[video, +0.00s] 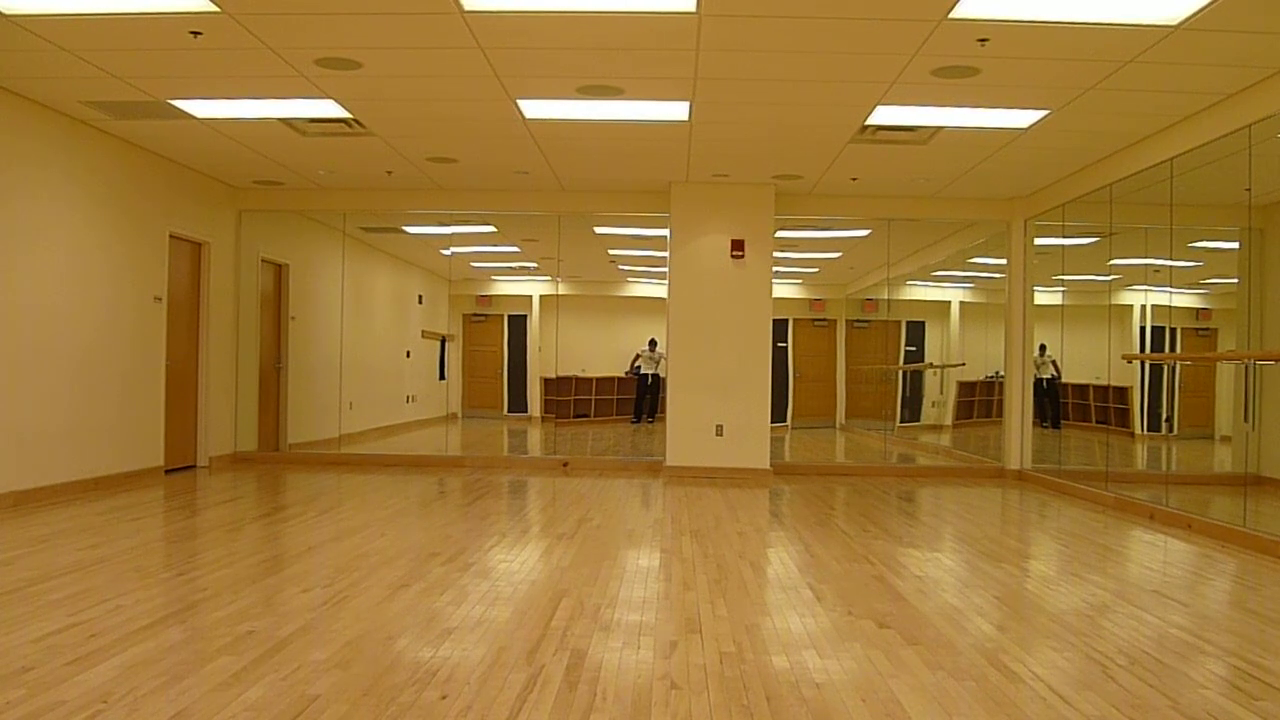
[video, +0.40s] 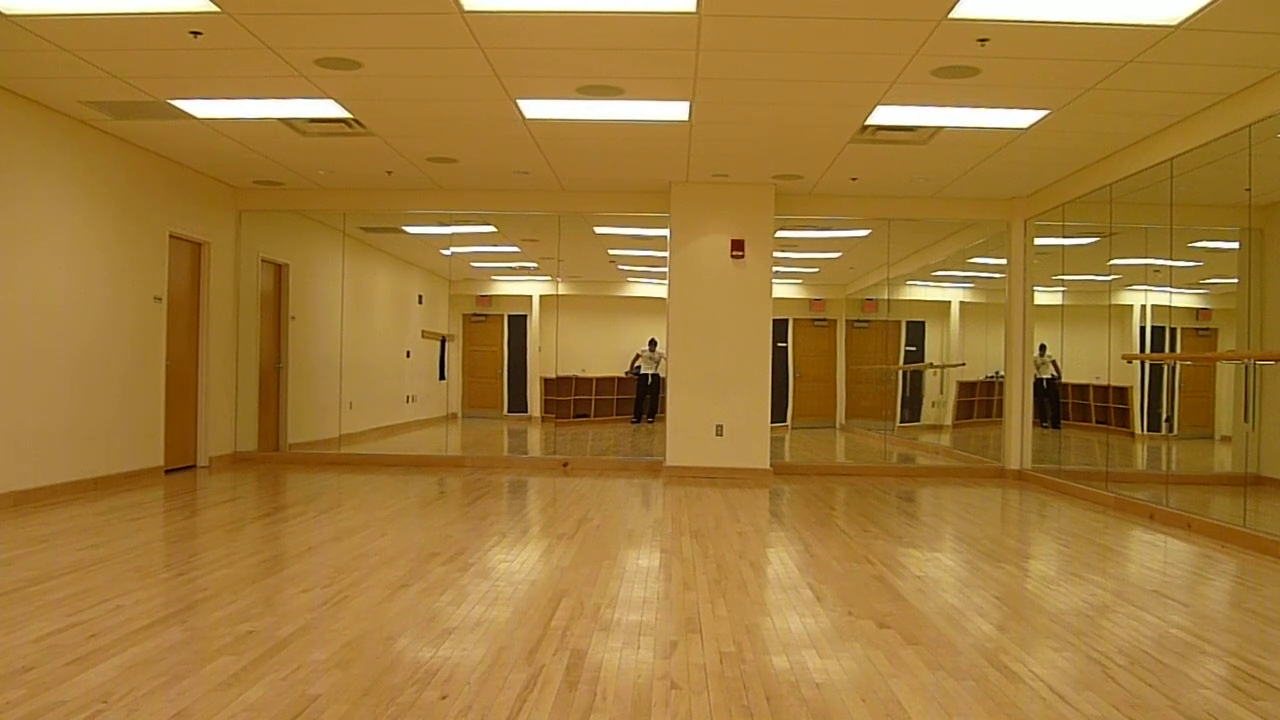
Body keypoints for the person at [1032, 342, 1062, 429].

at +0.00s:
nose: (1042, 352)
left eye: (1043, 350)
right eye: (1041, 350)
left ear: (1046, 350)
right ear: (1039, 350)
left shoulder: (1049, 357)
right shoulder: (1035, 359)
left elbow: (1056, 367)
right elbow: (1033, 368)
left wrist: (1059, 375)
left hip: (1050, 378)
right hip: (1039, 378)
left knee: (1054, 400)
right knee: (1040, 401)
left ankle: (1055, 421)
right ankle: (1043, 421)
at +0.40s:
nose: (1042, 352)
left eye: (1043, 350)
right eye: (1041, 350)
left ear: (1046, 350)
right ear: (1039, 350)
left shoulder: (1049, 357)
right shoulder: (1035, 359)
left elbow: (1056, 367)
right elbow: (1034, 368)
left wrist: (1059, 375)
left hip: (1050, 378)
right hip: (1039, 378)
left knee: (1054, 400)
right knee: (1040, 401)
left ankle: (1055, 421)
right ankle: (1043, 421)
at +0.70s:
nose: (1042, 353)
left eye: (1044, 351)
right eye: (1041, 351)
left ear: (1046, 351)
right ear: (1039, 350)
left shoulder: (1050, 357)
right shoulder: (1035, 359)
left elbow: (1056, 367)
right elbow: (1033, 368)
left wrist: (1059, 375)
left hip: (1050, 378)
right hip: (1039, 378)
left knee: (1054, 400)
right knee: (1040, 401)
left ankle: (1055, 421)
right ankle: (1043, 421)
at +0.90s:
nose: (1042, 353)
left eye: (1044, 351)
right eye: (1041, 351)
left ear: (1046, 351)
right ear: (1039, 350)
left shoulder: (1050, 357)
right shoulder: (1035, 359)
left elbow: (1056, 367)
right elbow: (1033, 369)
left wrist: (1059, 376)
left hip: (1050, 378)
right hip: (1039, 378)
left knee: (1054, 400)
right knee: (1041, 401)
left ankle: (1055, 421)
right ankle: (1043, 421)